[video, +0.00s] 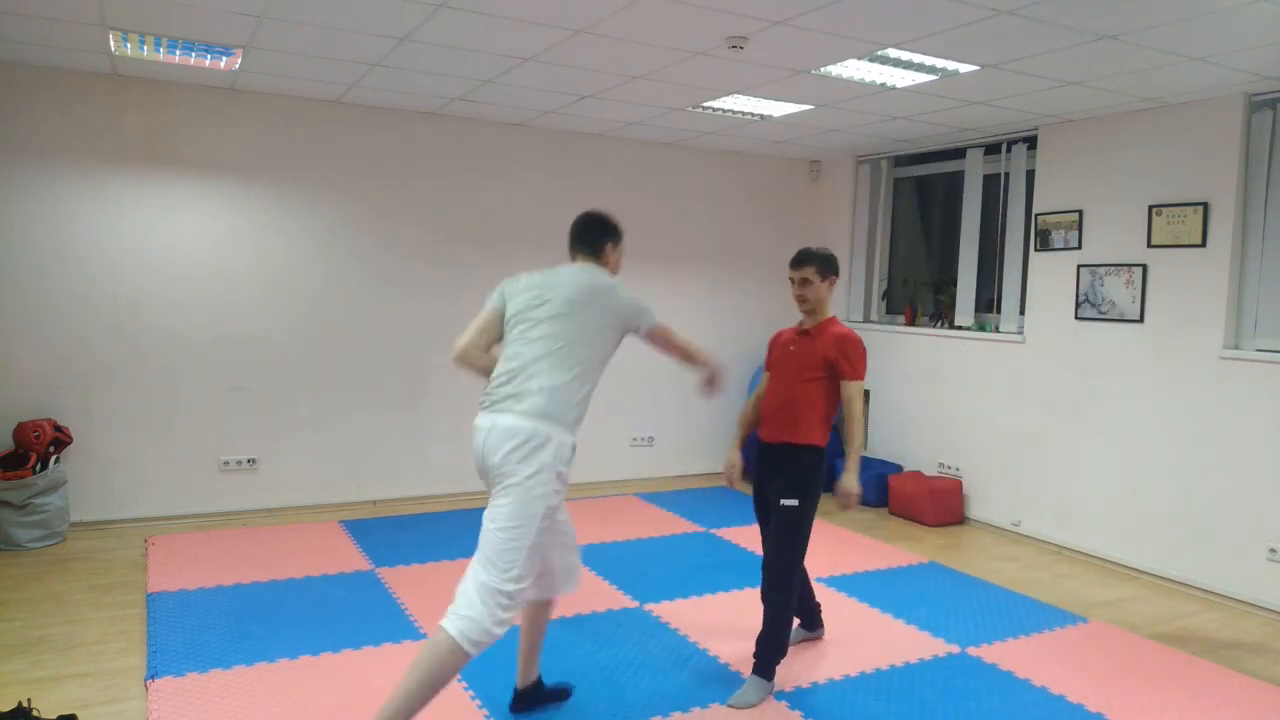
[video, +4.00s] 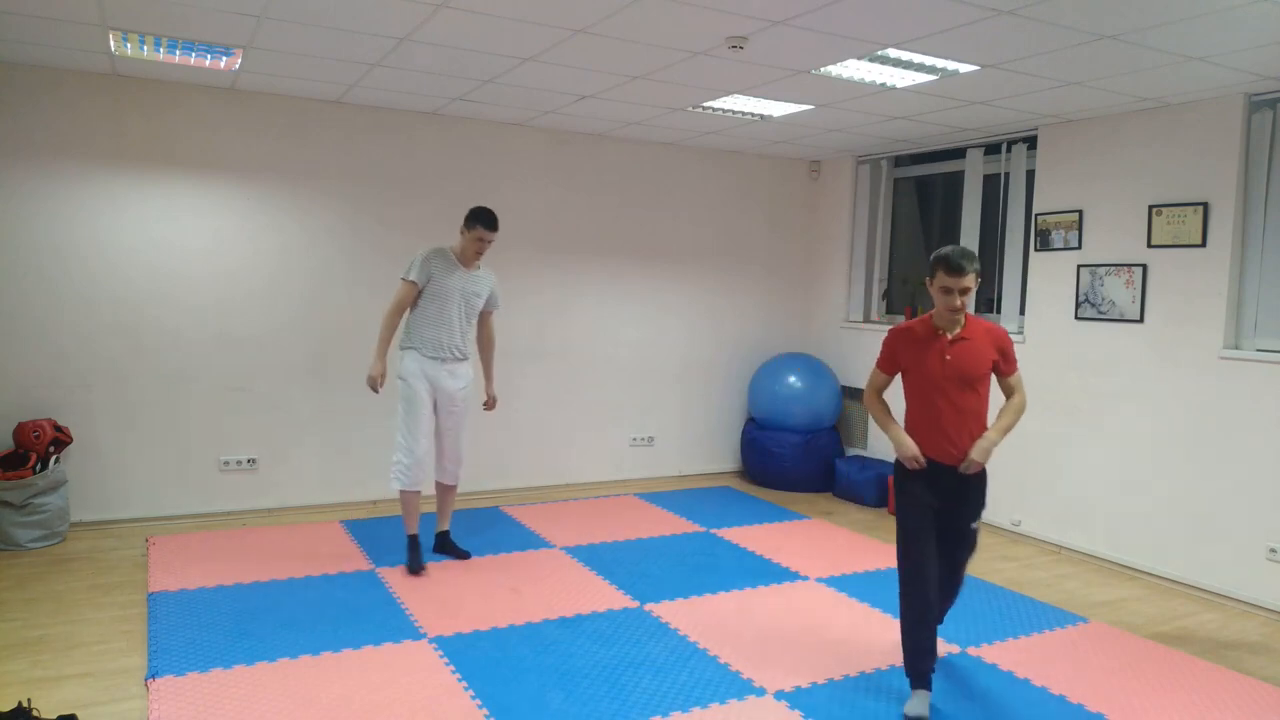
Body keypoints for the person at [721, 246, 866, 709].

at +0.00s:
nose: (799, 291)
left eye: (807, 282)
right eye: (794, 283)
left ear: (830, 284)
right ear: (790, 285)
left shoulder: (844, 342)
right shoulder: (781, 339)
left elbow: (854, 408)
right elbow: (761, 395)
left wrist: (851, 470)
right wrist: (736, 445)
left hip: (804, 460)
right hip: (764, 455)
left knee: (779, 564)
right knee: (780, 551)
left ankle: (763, 673)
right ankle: (810, 619)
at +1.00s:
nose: (873, 285)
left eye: (880, 279)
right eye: (874, 278)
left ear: (903, 285)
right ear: (893, 285)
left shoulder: (923, 338)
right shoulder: (881, 330)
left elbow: (944, 403)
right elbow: (883, 387)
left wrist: (940, 464)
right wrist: (867, 427)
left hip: (902, 449)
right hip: (869, 444)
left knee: (914, 537)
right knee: (844, 518)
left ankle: (944, 625)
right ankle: (864, 588)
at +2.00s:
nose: (803, 321)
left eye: (806, 314)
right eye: (802, 315)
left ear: (826, 312)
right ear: (829, 313)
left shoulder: (852, 342)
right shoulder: (848, 338)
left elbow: (797, 377)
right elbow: (810, 359)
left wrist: (778, 351)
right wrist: (786, 350)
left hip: (915, 438)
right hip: (905, 436)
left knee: (892, 520)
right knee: (885, 517)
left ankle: (872, 593)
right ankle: (870, 588)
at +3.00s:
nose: (858, 287)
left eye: (866, 280)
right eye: (853, 280)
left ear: (884, 280)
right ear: (848, 281)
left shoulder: (898, 322)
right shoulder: (855, 323)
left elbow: (933, 371)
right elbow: (859, 368)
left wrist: (880, 384)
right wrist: (844, 381)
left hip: (886, 429)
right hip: (859, 427)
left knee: (866, 517)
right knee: (856, 514)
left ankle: (872, 592)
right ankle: (869, 584)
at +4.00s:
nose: (956, 301)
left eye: (965, 291)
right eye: (947, 292)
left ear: (976, 289)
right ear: (930, 287)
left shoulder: (992, 336)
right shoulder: (905, 337)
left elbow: (1017, 397)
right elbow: (872, 393)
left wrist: (991, 439)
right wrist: (898, 437)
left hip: (966, 475)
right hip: (916, 471)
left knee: (951, 579)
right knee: (920, 579)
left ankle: (924, 636)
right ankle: (918, 685)